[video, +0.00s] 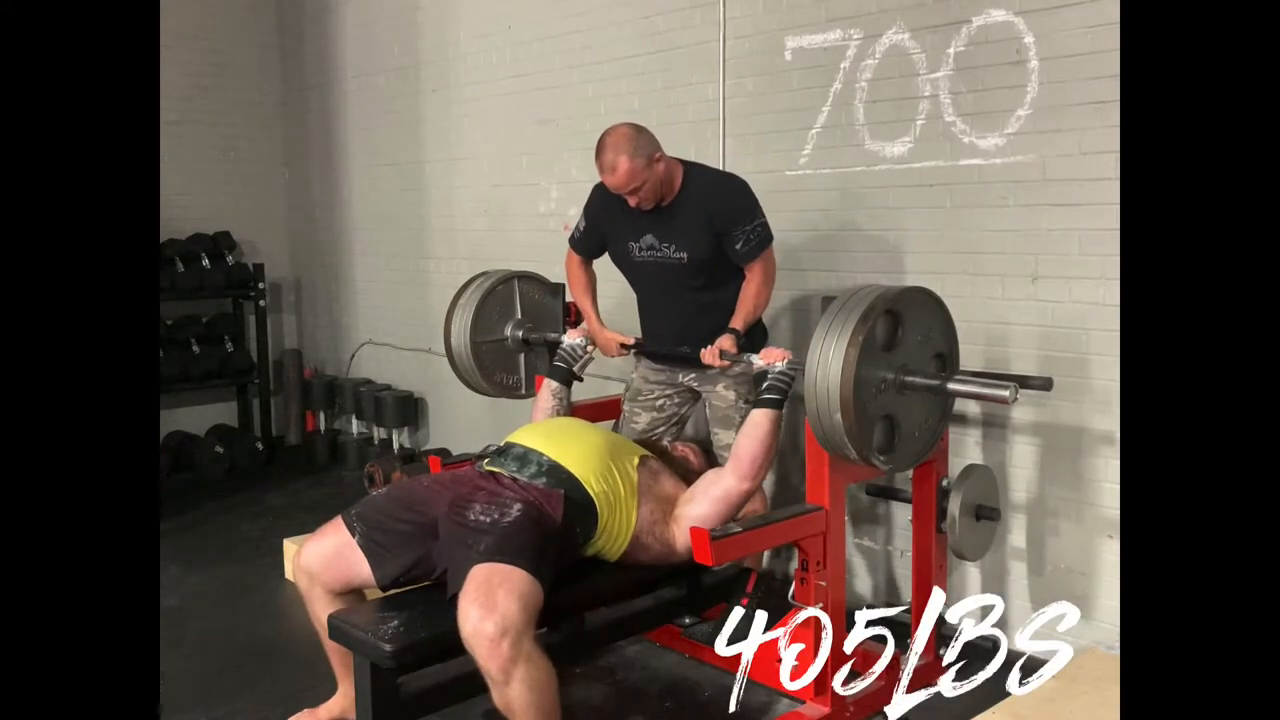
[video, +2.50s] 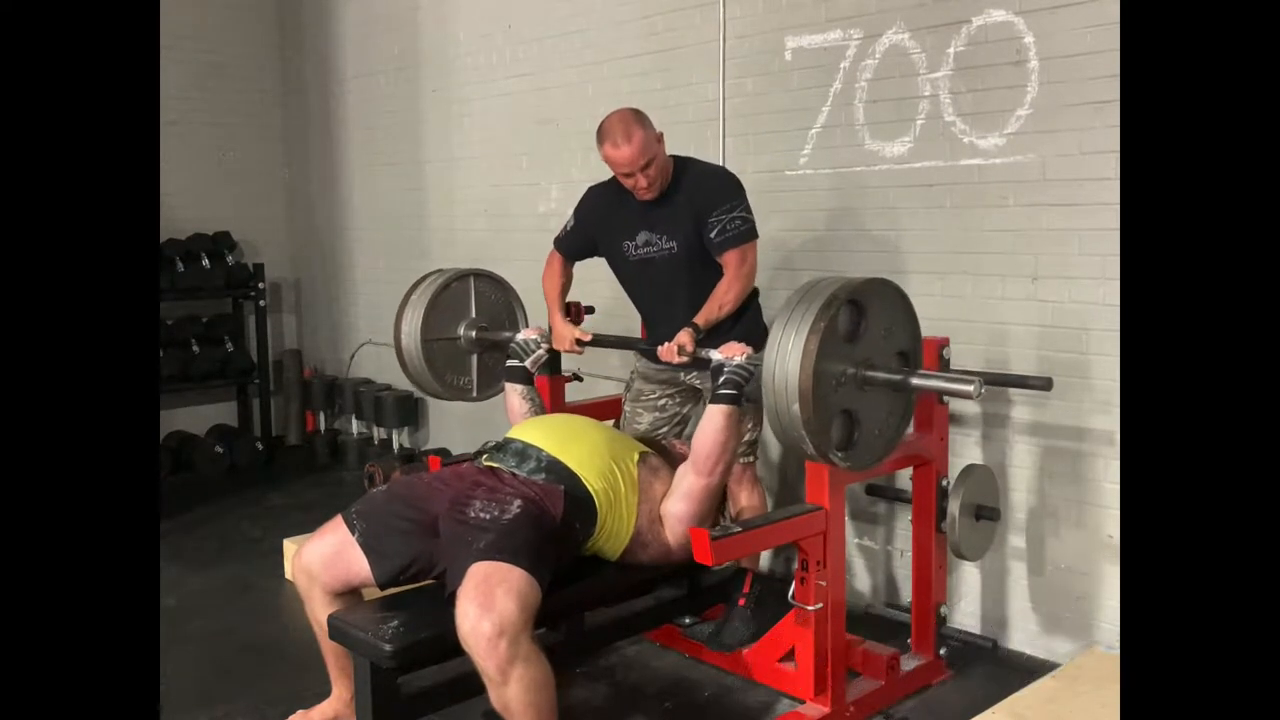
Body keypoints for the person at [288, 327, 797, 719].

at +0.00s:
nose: (681, 446)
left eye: (692, 451)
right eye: (678, 442)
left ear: (701, 475)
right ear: (657, 446)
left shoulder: (679, 511)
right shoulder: (598, 449)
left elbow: (745, 472)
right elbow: (536, 437)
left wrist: (772, 391)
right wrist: (560, 370)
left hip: (526, 502)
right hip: (454, 481)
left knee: (492, 628)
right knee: (314, 563)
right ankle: (350, 695)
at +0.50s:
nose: (680, 441)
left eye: (691, 448)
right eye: (677, 437)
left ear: (699, 474)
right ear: (655, 445)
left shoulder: (680, 510)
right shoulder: (597, 451)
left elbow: (745, 475)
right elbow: (536, 432)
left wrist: (772, 391)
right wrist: (561, 368)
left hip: (527, 506)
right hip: (458, 483)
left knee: (488, 629)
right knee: (308, 561)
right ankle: (345, 697)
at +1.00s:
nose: (679, 441)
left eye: (690, 448)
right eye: (677, 438)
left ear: (699, 475)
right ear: (655, 443)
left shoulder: (679, 508)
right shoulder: (596, 449)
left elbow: (745, 475)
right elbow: (534, 436)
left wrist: (770, 392)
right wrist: (559, 370)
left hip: (528, 503)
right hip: (457, 481)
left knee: (489, 628)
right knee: (311, 561)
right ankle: (343, 697)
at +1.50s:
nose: (688, 454)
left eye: (695, 458)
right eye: (687, 451)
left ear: (700, 481)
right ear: (666, 453)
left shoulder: (682, 513)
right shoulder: (595, 441)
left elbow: (742, 471)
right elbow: (538, 425)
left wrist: (770, 387)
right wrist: (560, 362)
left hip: (528, 488)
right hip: (460, 467)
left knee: (493, 619)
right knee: (325, 559)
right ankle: (343, 698)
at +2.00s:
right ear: (682, 454)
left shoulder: (677, 519)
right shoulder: (597, 445)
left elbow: (724, 460)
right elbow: (539, 434)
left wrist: (751, 380)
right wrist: (545, 358)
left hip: (531, 493)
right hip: (459, 472)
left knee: (492, 620)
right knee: (321, 560)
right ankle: (345, 698)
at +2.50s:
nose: (680, 434)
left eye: (693, 441)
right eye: (677, 430)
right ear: (661, 438)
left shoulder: (668, 522)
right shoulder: (586, 446)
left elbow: (707, 464)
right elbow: (521, 443)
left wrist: (728, 386)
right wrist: (519, 372)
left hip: (529, 499)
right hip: (455, 476)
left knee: (489, 625)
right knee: (313, 563)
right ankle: (344, 696)